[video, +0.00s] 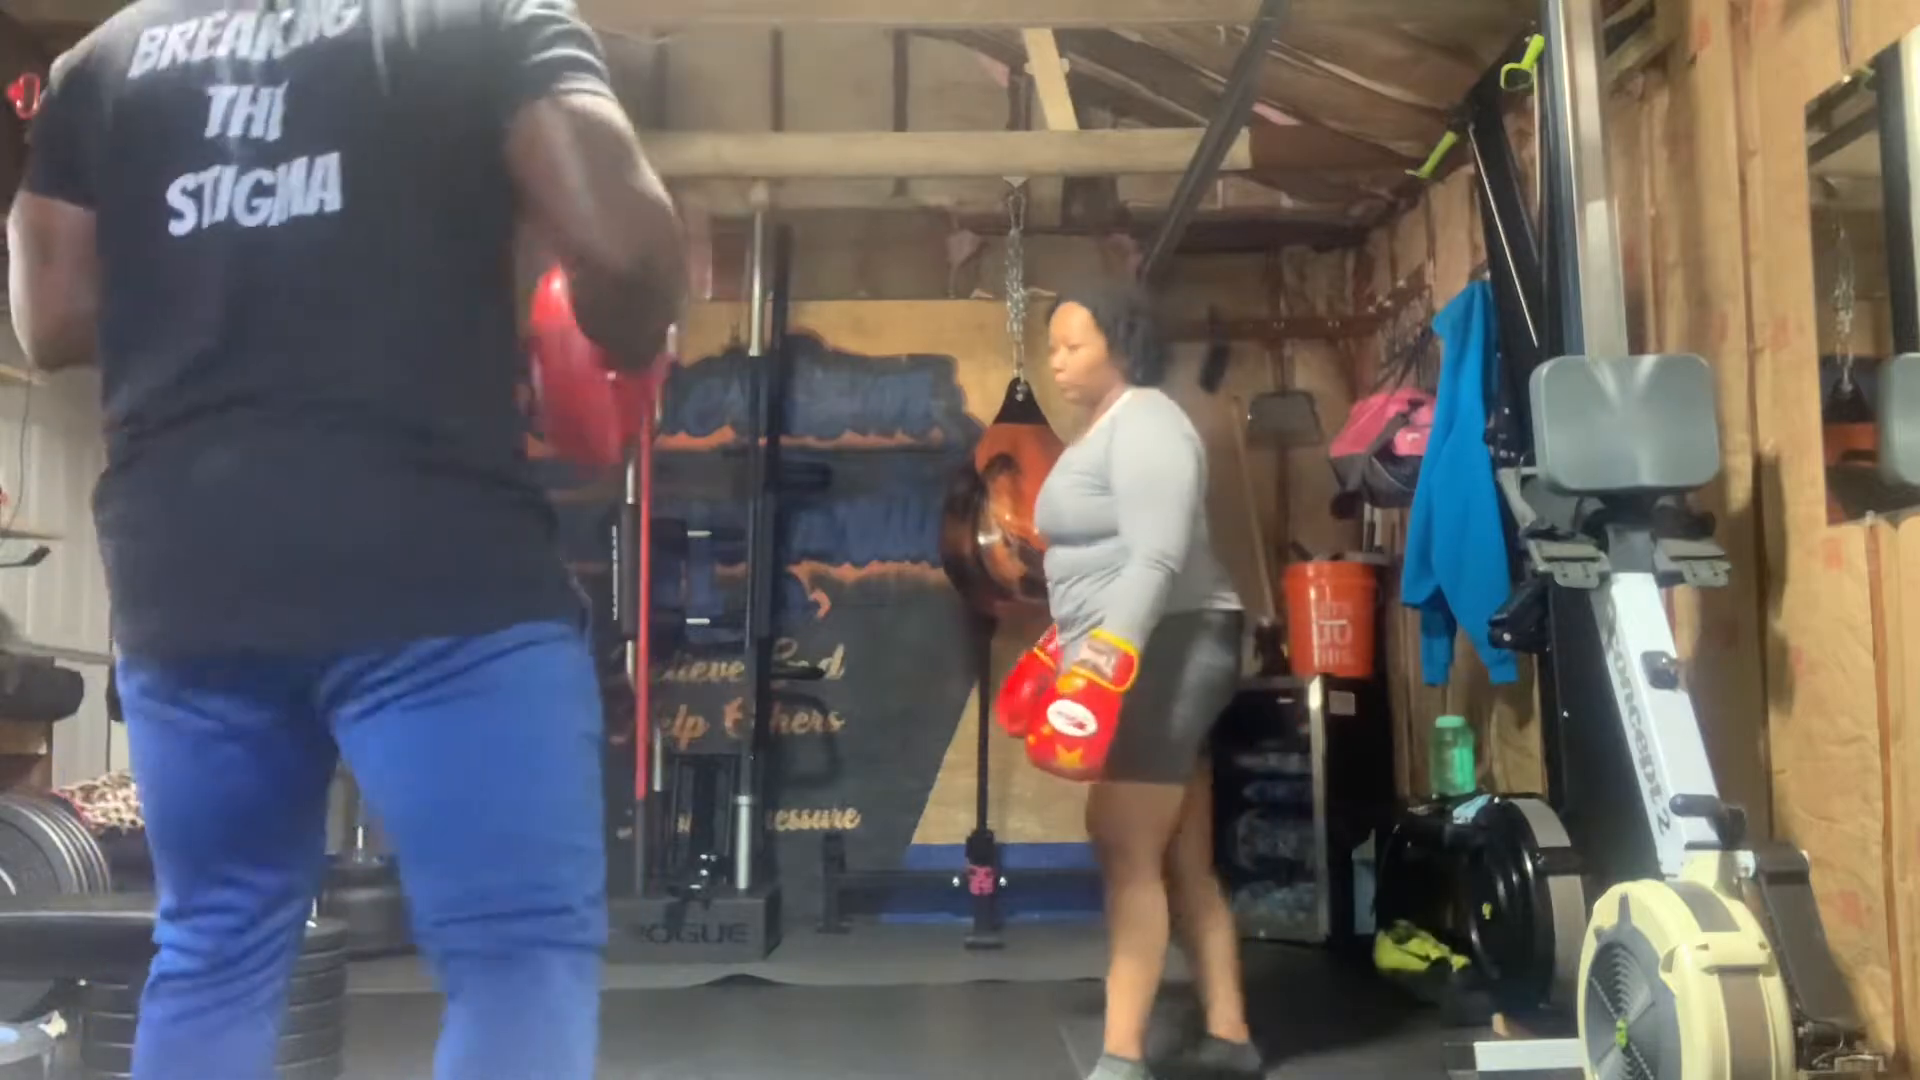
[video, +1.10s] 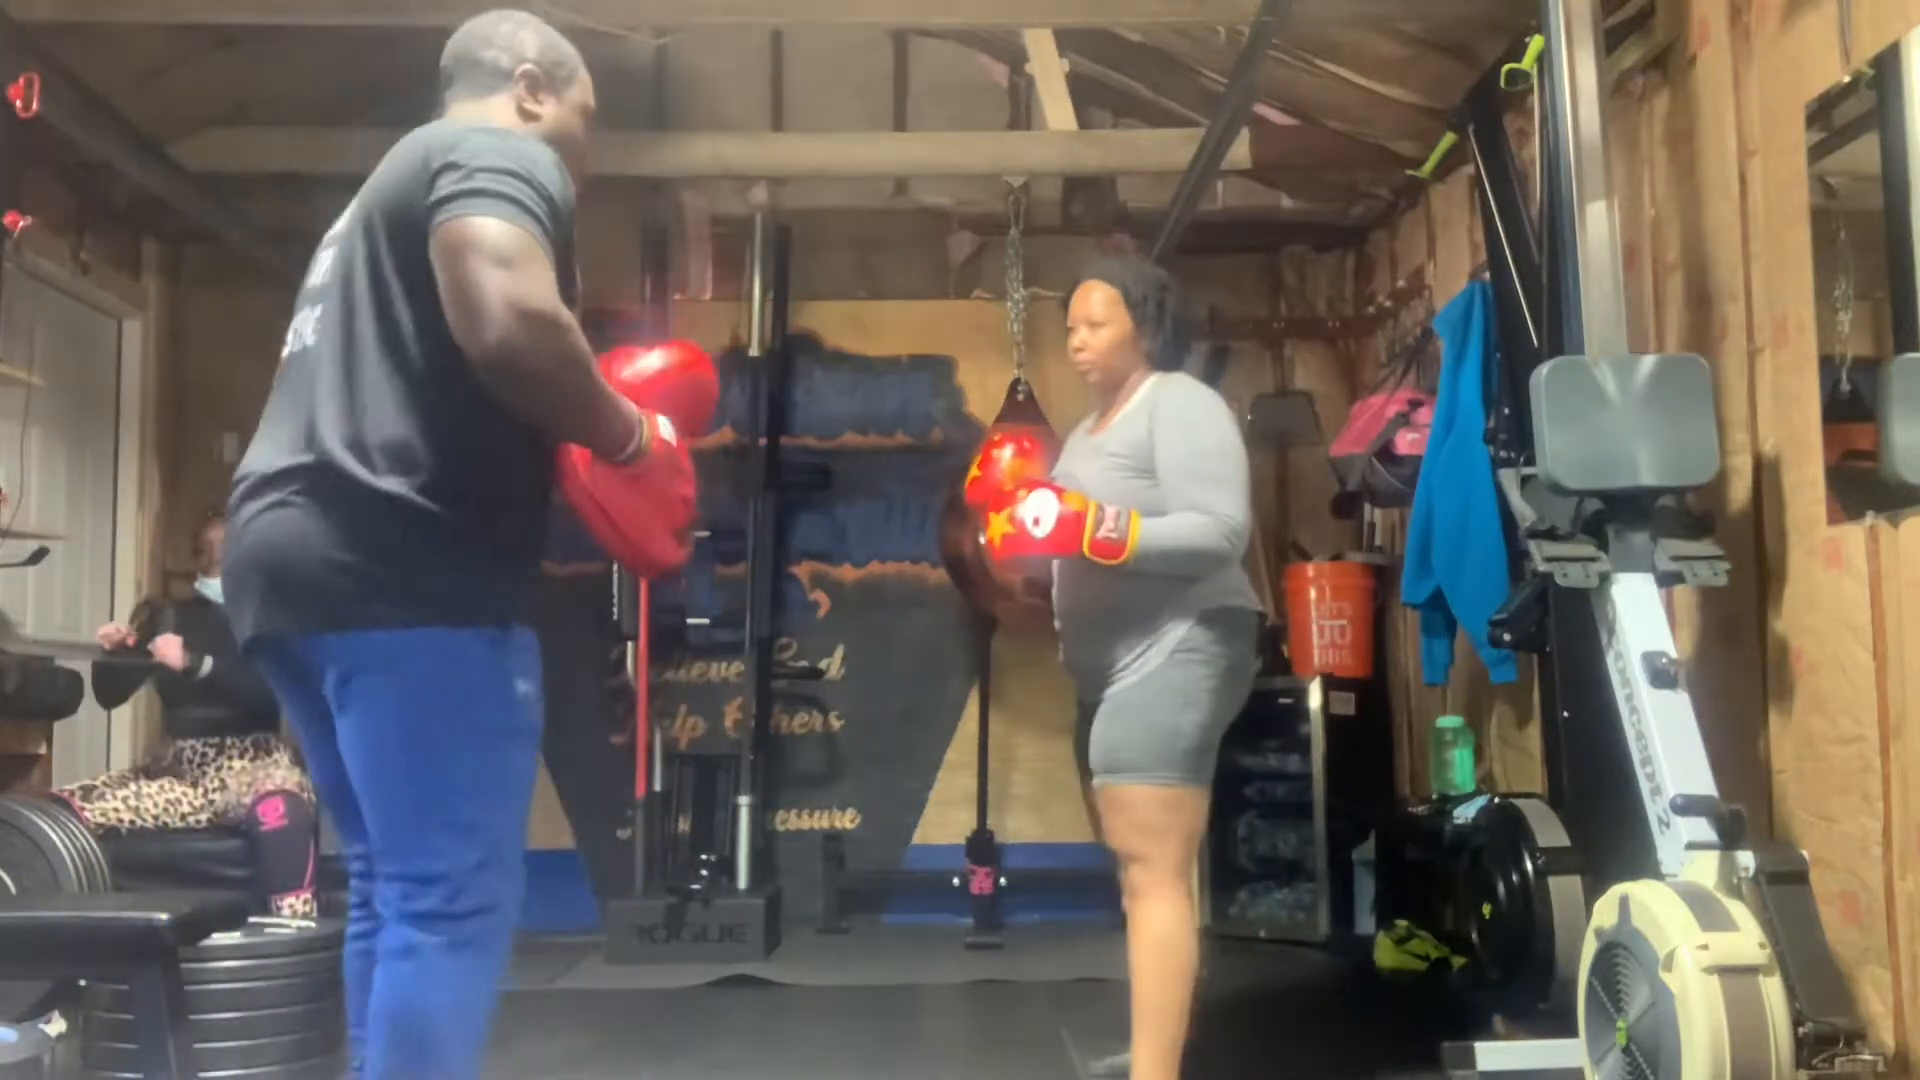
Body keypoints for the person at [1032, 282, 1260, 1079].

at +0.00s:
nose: (1058, 364)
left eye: (1073, 345)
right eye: (1053, 349)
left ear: (1119, 348)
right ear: (1060, 358)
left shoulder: (1148, 422)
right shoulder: (1109, 430)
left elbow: (1158, 555)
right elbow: (1110, 562)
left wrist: (1101, 660)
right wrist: (1060, 648)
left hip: (1175, 634)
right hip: (1157, 635)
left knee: (1127, 840)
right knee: (1186, 855)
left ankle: (1121, 1058)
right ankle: (1229, 1035)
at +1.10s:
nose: (1075, 343)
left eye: (1092, 326)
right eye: (1072, 329)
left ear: (1142, 327)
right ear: (1077, 338)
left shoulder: (1186, 403)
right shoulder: (1083, 435)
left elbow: (1219, 531)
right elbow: (1081, 549)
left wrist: (1098, 527)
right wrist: (1020, 524)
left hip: (1182, 641)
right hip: (1114, 654)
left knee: (1153, 868)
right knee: (1144, 867)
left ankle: (1153, 1068)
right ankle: (1155, 1057)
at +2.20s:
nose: (1060, 349)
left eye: (1077, 330)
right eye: (1055, 333)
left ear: (1132, 333)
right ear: (1057, 340)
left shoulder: (1175, 399)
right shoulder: (1073, 430)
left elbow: (1182, 511)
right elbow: (1021, 548)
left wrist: (1081, 472)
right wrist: (1001, 478)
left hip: (1152, 638)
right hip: (1101, 652)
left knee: (1067, 880)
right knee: (1146, 898)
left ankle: (1086, 1074)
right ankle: (1214, 1071)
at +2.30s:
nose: (1038, 330)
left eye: (1054, 313)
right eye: (1033, 317)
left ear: (1106, 312)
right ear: (1031, 330)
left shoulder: (1142, 374)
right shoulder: (1040, 419)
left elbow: (1143, 447)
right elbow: (1016, 548)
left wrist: (1052, 387)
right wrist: (981, 456)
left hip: (1133, 627)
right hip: (1101, 636)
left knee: (1085, 888)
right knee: (1169, 900)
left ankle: (1093, 1075)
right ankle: (1216, 1071)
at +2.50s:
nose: (972, 337)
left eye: (989, 317)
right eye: (967, 321)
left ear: (1049, 312)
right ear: (968, 332)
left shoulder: (1089, 363)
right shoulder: (983, 421)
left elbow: (1091, 415)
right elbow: (948, 536)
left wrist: (971, 384)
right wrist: (904, 471)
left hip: (1128, 629)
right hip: (1063, 656)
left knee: (1058, 874)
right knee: (1156, 906)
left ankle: (1088, 1074)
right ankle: (1218, 1073)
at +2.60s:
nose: (926, 357)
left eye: (942, 338)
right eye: (923, 340)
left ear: (999, 333)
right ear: (937, 345)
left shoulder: (1053, 391)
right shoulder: (948, 442)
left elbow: (1116, 491)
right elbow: (939, 571)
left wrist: (993, 496)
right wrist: (867, 576)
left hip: (1113, 649)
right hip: (1035, 678)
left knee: (1028, 879)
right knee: (1050, 888)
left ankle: (1078, 1073)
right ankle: (1186, 1041)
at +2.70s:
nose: (879, 395)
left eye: (894, 374)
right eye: (875, 379)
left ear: (955, 367)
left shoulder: (1018, 430)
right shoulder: (912, 482)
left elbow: (1129, 536)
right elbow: (914, 613)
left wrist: (1010, 557)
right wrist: (849, 581)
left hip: (1088, 685)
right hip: (984, 703)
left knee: (997, 897)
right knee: (926, 882)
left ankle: (1068, 1071)